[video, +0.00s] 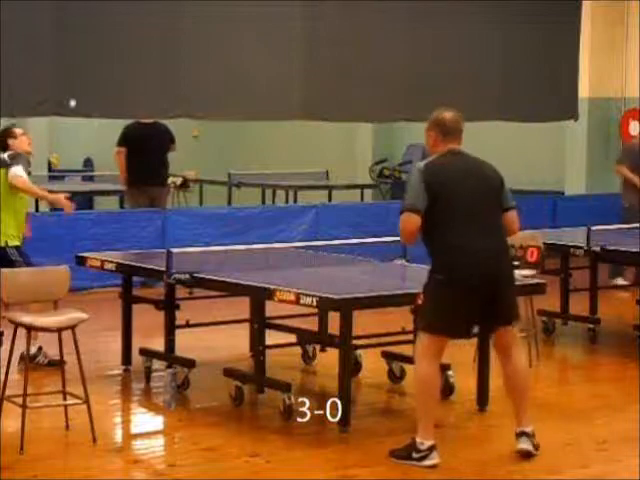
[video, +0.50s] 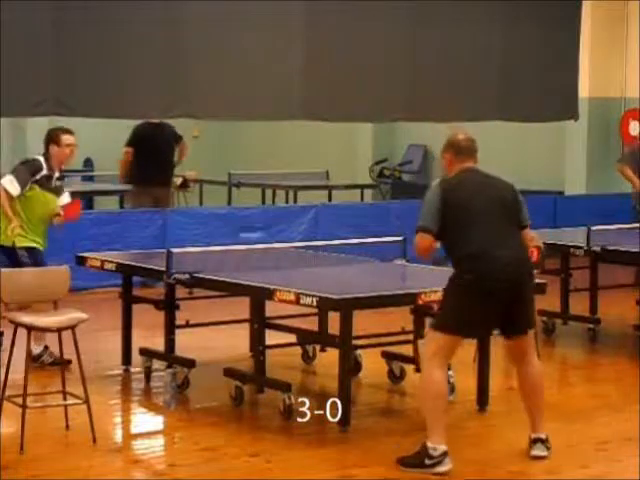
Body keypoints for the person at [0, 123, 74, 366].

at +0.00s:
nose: (29, 140)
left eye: (27, 136)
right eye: (23, 136)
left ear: (12, 143)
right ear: (11, 142)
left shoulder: (9, 160)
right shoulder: (16, 157)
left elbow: (11, 196)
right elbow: (17, 180)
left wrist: (20, 220)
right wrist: (53, 198)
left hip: (10, 239)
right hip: (8, 241)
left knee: (29, 291)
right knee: (35, 289)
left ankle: (32, 348)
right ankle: (31, 348)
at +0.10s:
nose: (39, 148)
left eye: (37, 143)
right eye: (34, 143)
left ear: (20, 149)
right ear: (21, 147)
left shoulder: (11, 166)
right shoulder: (20, 162)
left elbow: (16, 206)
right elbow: (14, 180)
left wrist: (39, 204)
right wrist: (40, 203)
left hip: (9, 239)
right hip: (7, 242)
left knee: (29, 289)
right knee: (34, 288)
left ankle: (34, 346)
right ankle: (34, 346)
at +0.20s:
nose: (49, 156)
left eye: (50, 152)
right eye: (46, 151)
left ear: (35, 153)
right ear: (32, 151)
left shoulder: (27, 173)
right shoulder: (18, 168)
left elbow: (19, 199)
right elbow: (15, 187)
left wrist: (34, 209)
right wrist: (33, 206)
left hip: (12, 240)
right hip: (7, 242)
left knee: (30, 288)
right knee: (34, 287)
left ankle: (38, 346)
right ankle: (38, 346)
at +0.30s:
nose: (64, 160)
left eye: (65, 155)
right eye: (62, 154)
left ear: (49, 154)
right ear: (47, 153)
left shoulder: (35, 172)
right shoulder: (30, 166)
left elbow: (27, 206)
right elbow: (5, 183)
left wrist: (48, 219)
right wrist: (19, 209)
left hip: (15, 240)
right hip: (9, 241)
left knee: (33, 288)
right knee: (37, 287)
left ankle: (38, 346)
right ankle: (38, 347)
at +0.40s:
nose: (69, 157)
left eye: (71, 152)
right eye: (66, 151)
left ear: (56, 153)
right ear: (51, 150)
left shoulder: (48, 179)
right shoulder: (31, 165)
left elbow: (41, 209)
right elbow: (3, 187)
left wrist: (54, 215)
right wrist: (14, 212)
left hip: (23, 240)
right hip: (10, 240)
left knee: (35, 288)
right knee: (39, 286)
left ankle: (38, 347)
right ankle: (38, 347)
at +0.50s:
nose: (71, 152)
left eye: (73, 147)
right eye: (67, 146)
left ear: (67, 150)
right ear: (52, 147)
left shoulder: (58, 178)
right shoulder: (33, 166)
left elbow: (57, 211)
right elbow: (3, 189)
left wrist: (58, 216)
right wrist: (12, 219)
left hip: (35, 242)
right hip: (16, 240)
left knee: (34, 294)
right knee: (38, 292)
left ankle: (38, 348)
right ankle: (37, 347)